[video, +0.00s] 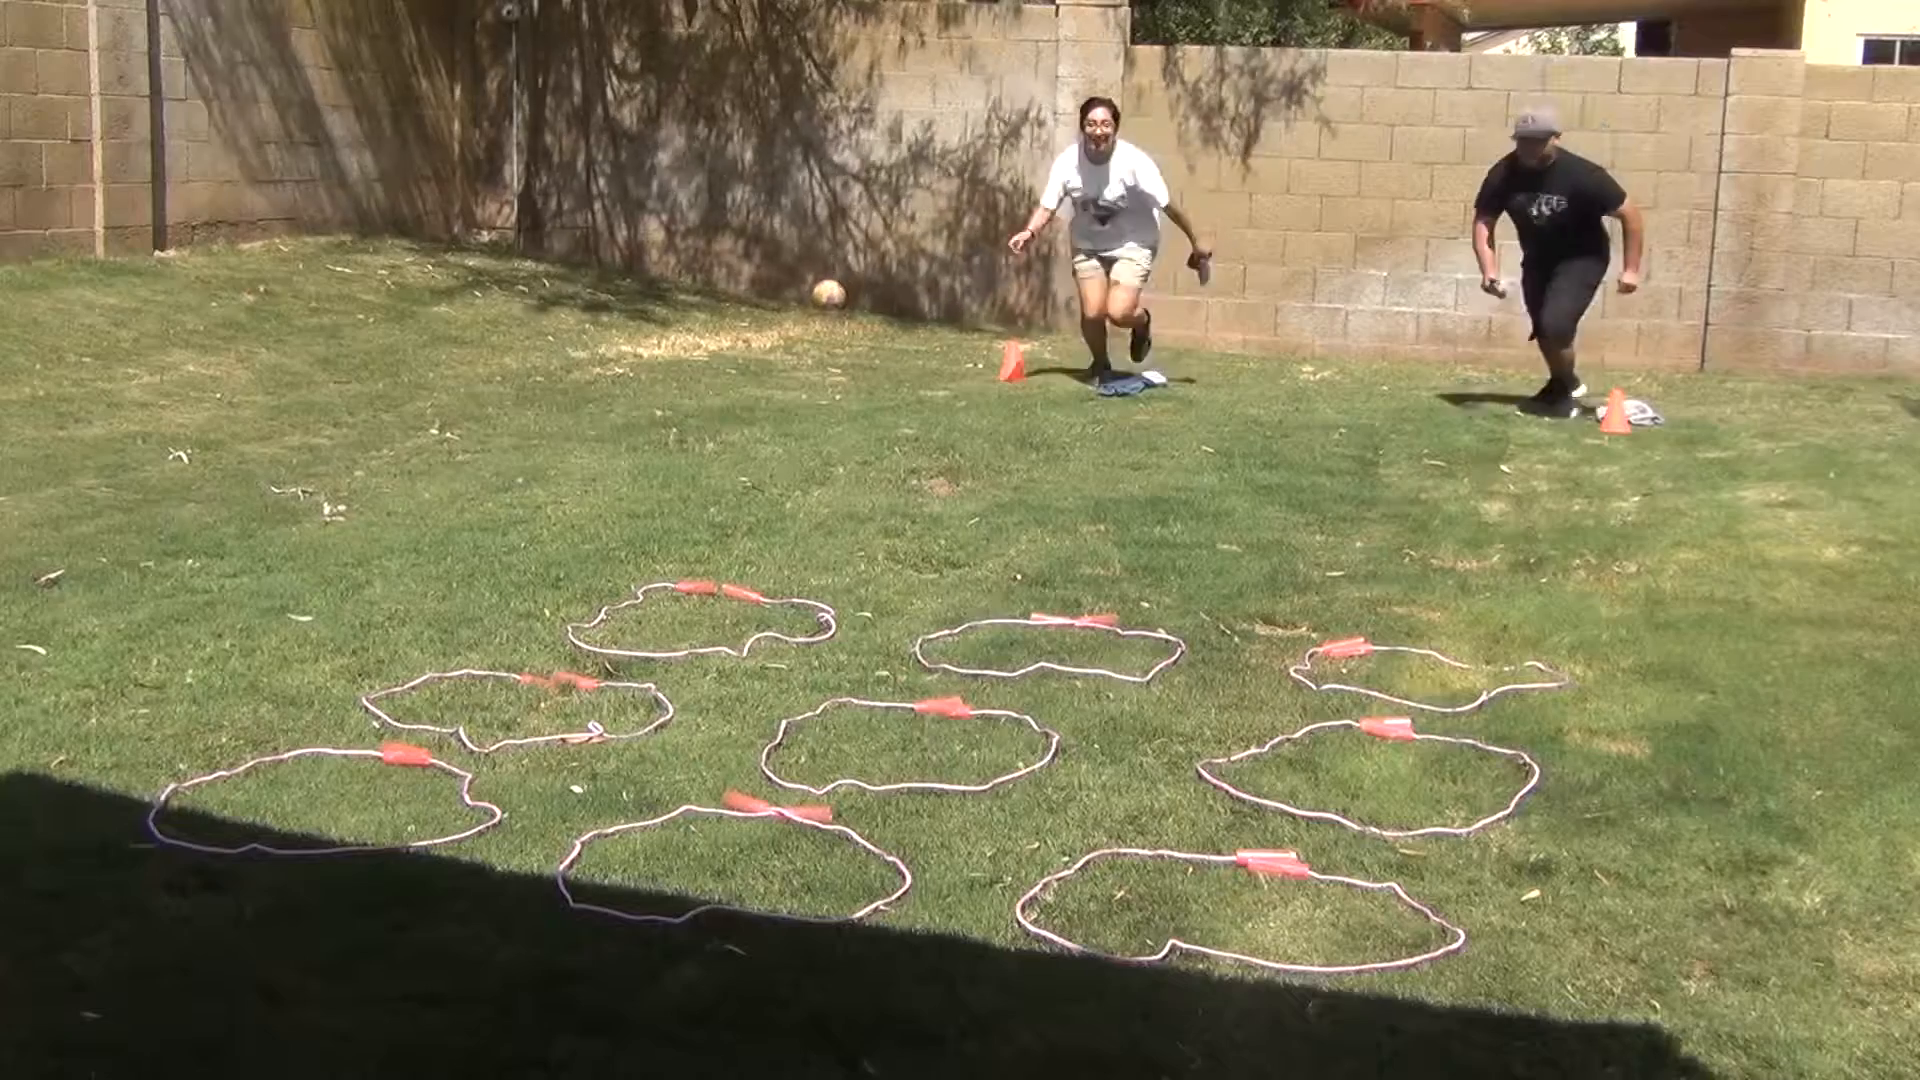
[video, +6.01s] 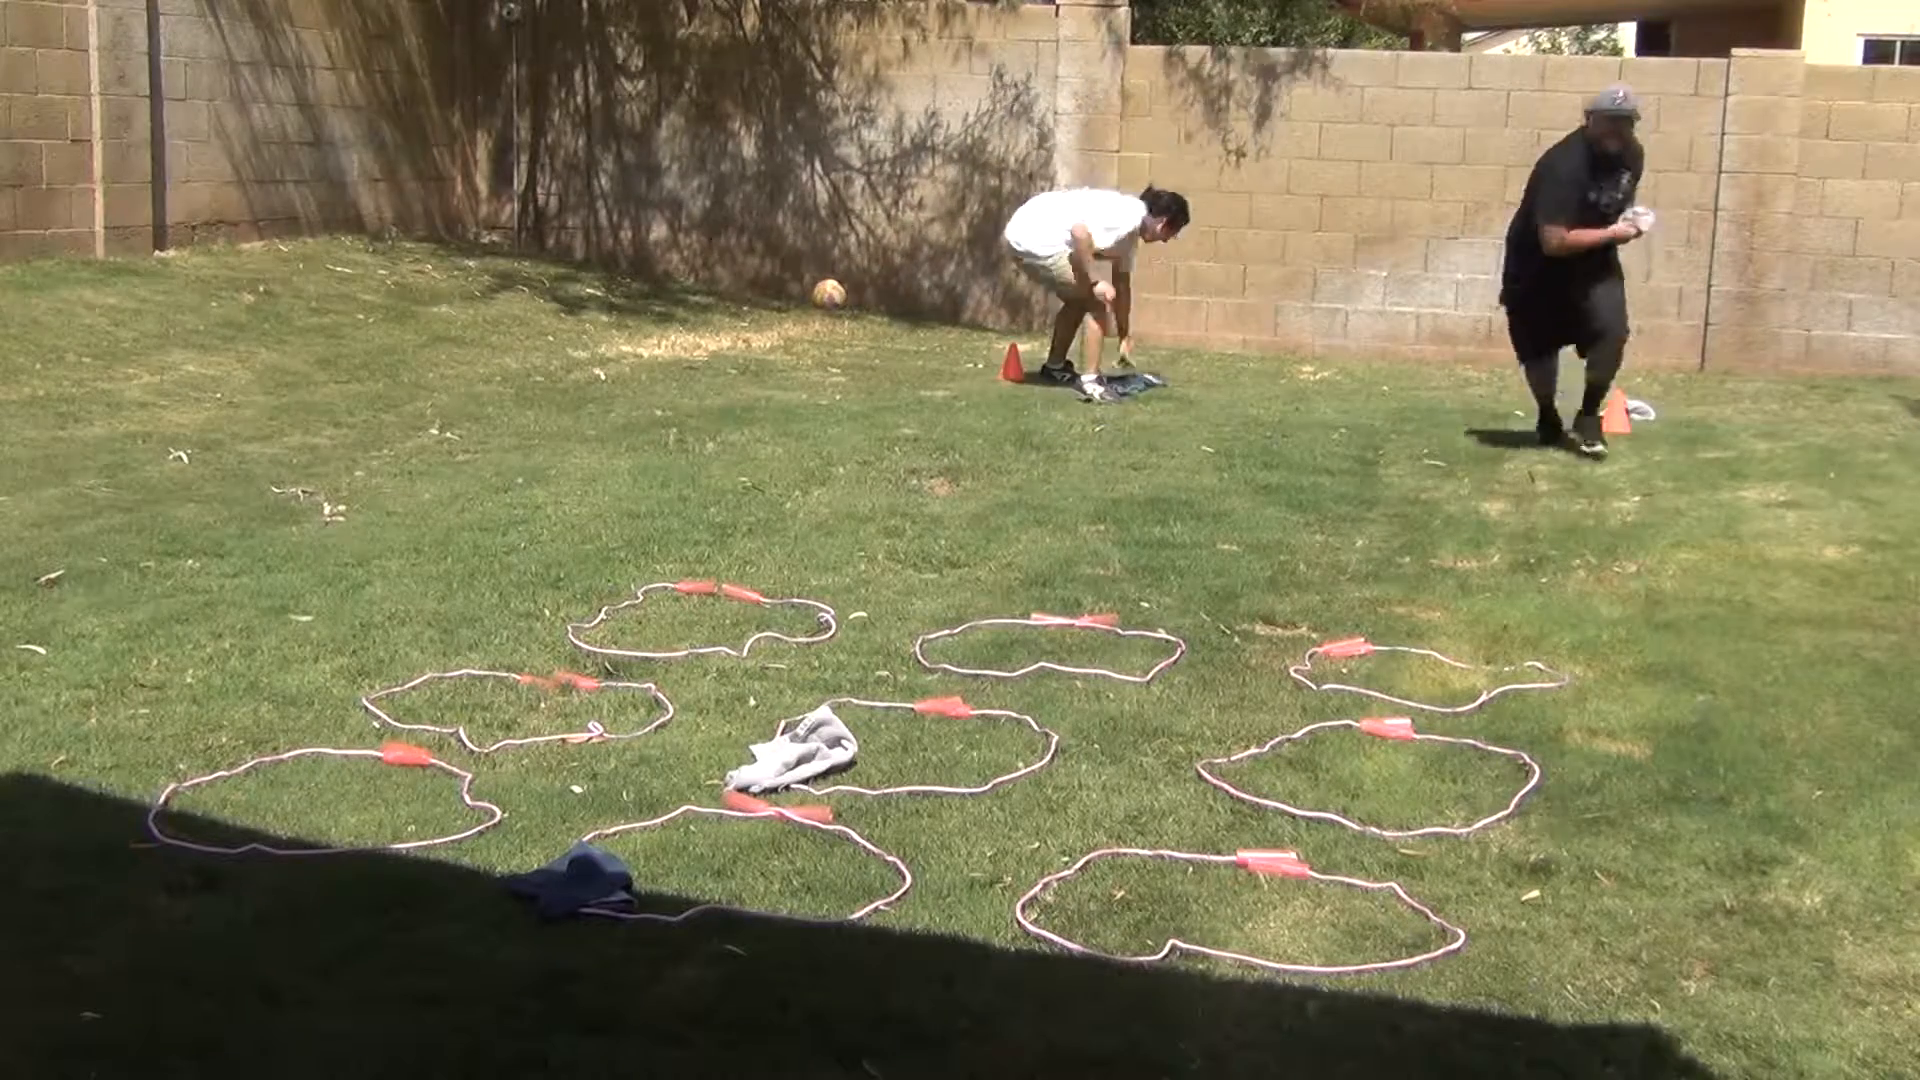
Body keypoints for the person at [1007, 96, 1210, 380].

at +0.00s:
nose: (1099, 130)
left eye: (1105, 124)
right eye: (1092, 124)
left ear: (1116, 128)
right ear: (1082, 128)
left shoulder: (1134, 161)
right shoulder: (1068, 161)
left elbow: (1168, 205)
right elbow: (1047, 205)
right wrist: (1029, 231)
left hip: (1133, 244)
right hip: (1087, 245)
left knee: (1118, 313)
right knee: (1091, 314)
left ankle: (1142, 323)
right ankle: (1101, 365)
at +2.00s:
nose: (955, 193)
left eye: (968, 181)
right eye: (943, 180)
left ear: (986, 178)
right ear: (926, 172)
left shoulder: (1004, 229)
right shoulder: (888, 195)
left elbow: (997, 313)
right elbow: (832, 225)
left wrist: (971, 378)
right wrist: (791, 290)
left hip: (959, 346)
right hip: (883, 330)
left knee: (982, 471)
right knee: (907, 431)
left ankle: (973, 546)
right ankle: (877, 565)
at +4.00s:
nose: (999, 98)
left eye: (998, 88)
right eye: (1000, 88)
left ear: (933, 78)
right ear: (992, 88)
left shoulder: (898, 129)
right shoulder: (976, 135)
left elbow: (905, 246)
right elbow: (978, 205)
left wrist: (986, 313)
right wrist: (1010, 304)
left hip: (818, 287)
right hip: (907, 300)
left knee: (829, 453)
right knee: (935, 437)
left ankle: (795, 578)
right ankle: (913, 581)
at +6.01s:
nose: (1166, 240)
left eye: (1172, 235)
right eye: (1170, 233)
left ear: (1158, 219)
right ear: (1162, 222)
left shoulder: (1128, 232)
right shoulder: (1132, 217)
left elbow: (1122, 283)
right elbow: (1080, 232)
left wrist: (1124, 336)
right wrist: (1089, 282)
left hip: (1026, 238)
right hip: (1036, 243)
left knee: (1076, 300)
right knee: (1101, 300)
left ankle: (1054, 365)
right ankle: (1091, 380)